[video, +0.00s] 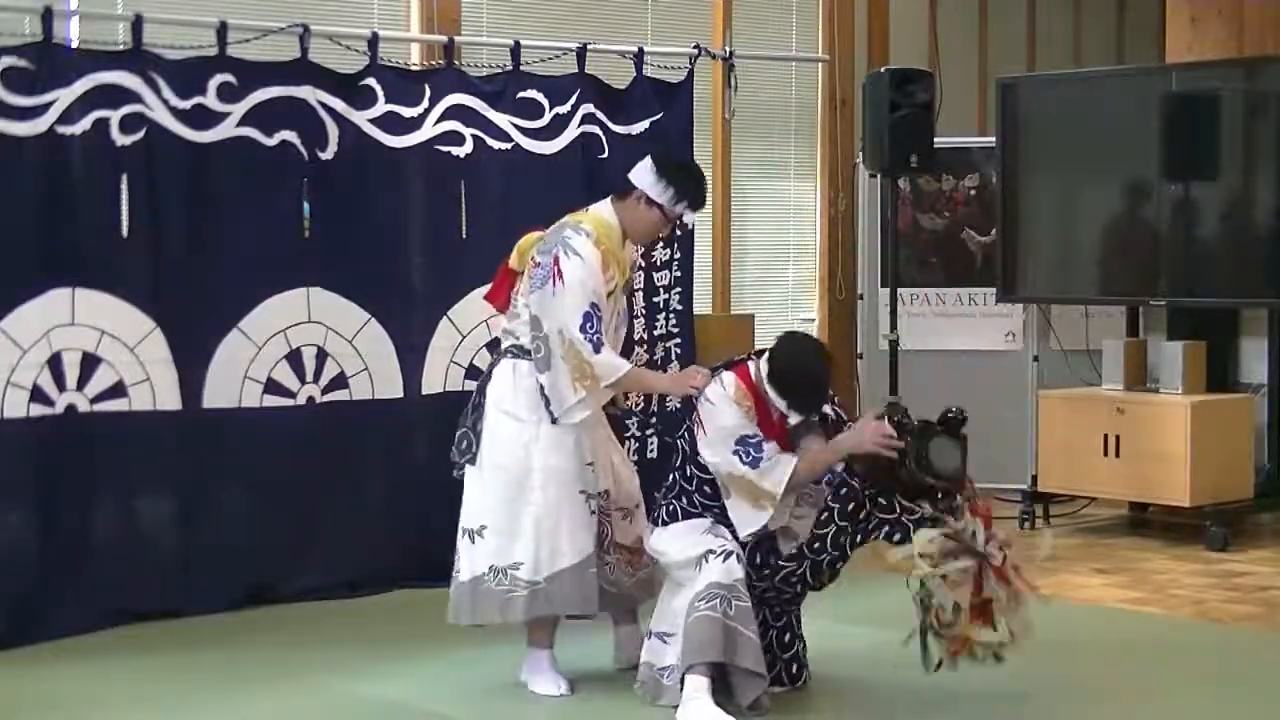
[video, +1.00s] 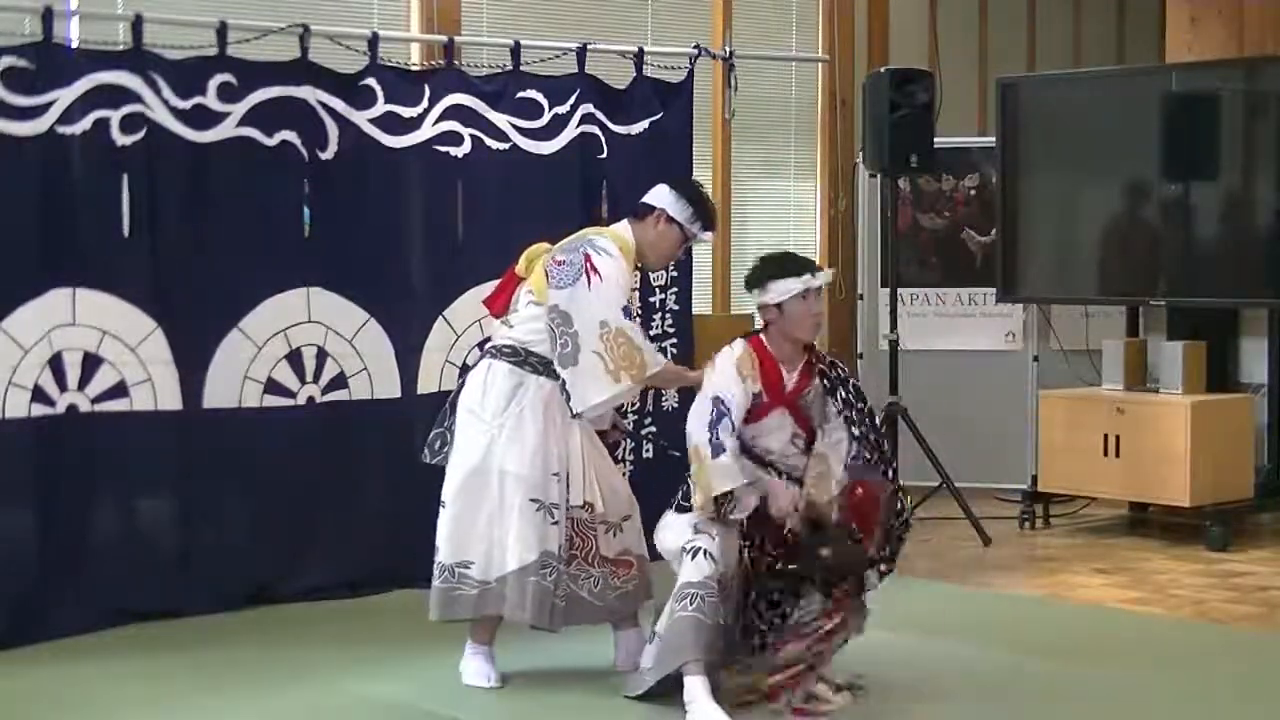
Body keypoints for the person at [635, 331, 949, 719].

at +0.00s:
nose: (793, 417)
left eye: (804, 412)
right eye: (786, 408)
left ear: (818, 391)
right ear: (767, 381)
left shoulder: (811, 396)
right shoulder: (721, 396)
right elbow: (775, 475)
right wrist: (846, 442)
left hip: (746, 518)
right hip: (689, 516)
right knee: (723, 561)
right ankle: (696, 688)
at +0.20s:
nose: (816, 436)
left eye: (825, 428)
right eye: (808, 427)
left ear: (839, 402)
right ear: (784, 400)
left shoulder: (829, 411)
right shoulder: (731, 411)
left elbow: (837, 475)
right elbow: (736, 510)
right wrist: (811, 514)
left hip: (792, 533)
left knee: (882, 555)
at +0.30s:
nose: (821, 447)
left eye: (831, 440)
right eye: (815, 437)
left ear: (845, 414)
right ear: (792, 409)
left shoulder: (833, 418)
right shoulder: (738, 417)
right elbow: (733, 509)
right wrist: (813, 513)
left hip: (780, 529)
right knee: (778, 676)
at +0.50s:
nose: (826, 449)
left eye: (836, 446)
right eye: (822, 436)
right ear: (806, 403)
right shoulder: (748, 404)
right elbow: (729, 503)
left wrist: (809, 543)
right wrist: (797, 535)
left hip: (756, 526)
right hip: (681, 518)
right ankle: (688, 693)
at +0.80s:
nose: (853, 388)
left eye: (855, 376)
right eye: (844, 376)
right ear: (811, 365)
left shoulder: (832, 422)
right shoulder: (756, 389)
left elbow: (822, 494)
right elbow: (718, 465)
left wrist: (812, 560)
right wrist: (723, 546)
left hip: (752, 506)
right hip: (692, 499)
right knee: (684, 571)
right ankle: (690, 690)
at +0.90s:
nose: (842, 343)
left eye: (844, 331)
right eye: (831, 333)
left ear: (848, 331)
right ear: (795, 336)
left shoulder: (831, 401)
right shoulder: (747, 383)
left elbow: (828, 480)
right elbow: (713, 458)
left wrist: (813, 543)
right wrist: (730, 532)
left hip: (763, 515)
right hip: (692, 510)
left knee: (809, 574)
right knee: (691, 570)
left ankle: (797, 673)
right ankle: (693, 689)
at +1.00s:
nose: (819, 308)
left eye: (819, 297)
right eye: (807, 299)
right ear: (771, 312)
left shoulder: (824, 371)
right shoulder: (736, 364)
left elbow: (837, 444)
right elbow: (709, 440)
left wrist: (814, 499)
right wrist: (767, 488)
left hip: (792, 512)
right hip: (726, 508)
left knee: (849, 573)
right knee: (705, 562)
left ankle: (799, 671)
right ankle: (695, 681)